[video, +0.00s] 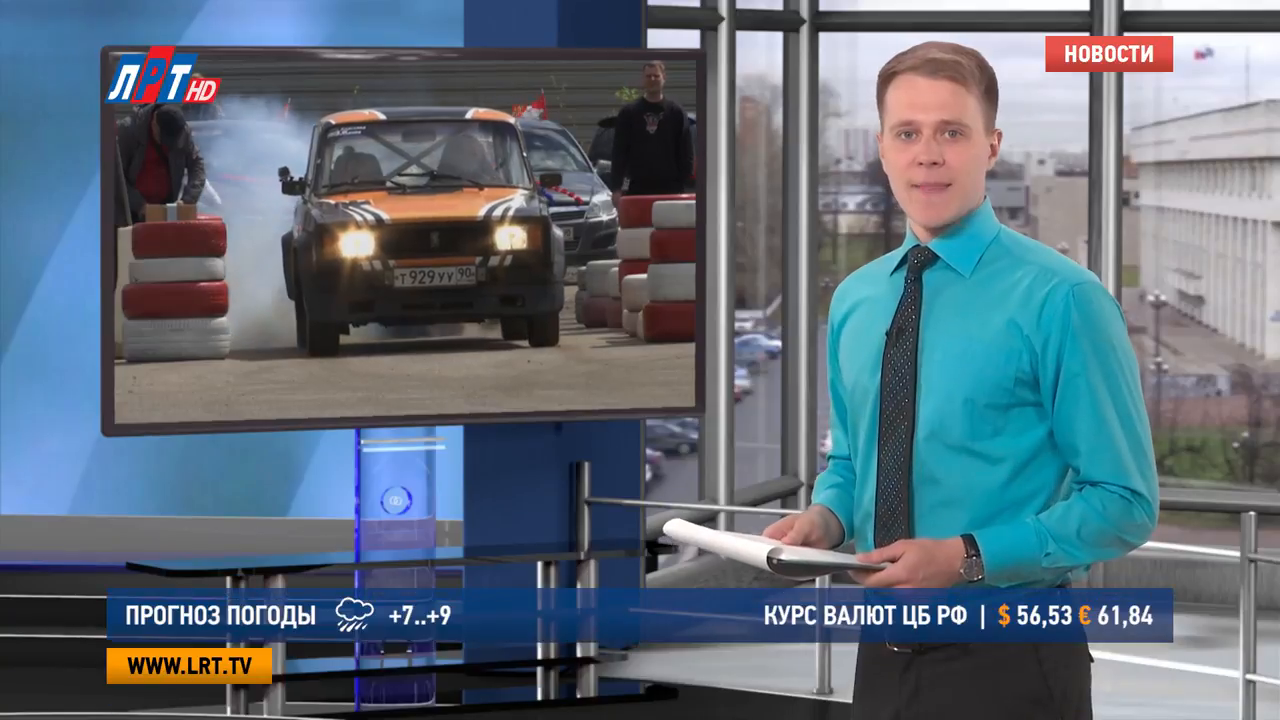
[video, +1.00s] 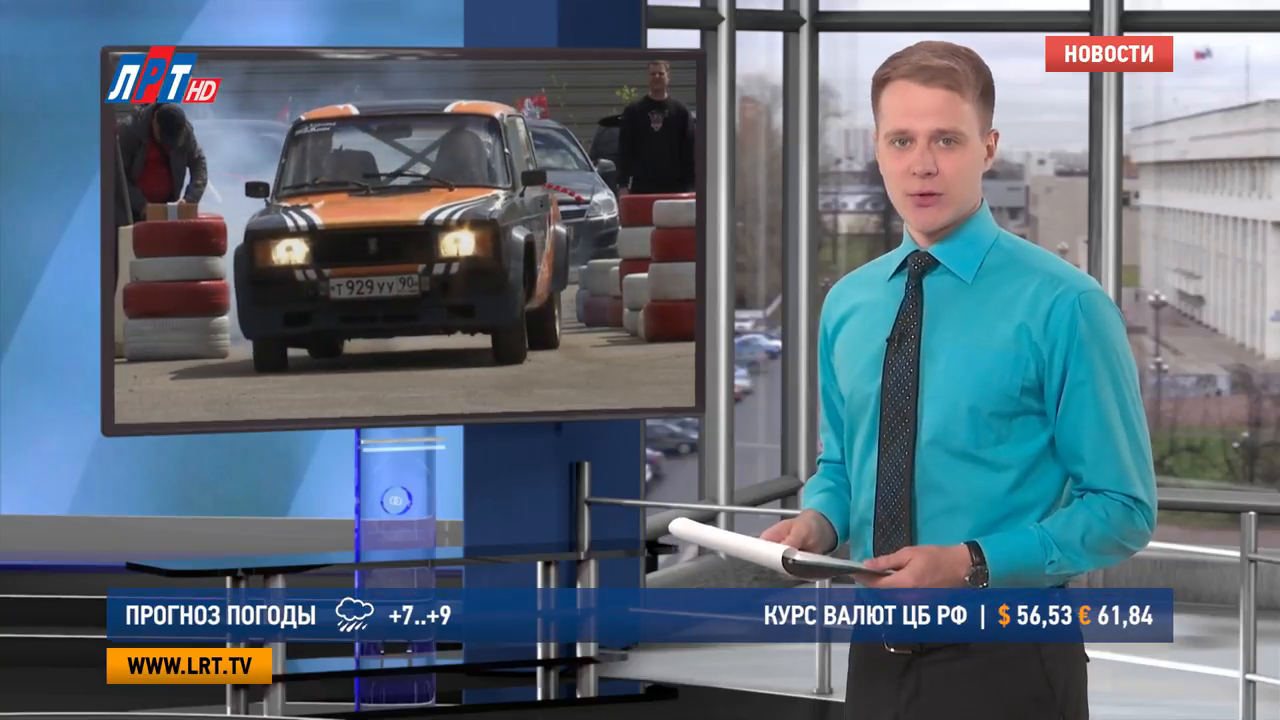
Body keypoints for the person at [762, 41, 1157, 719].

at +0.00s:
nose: (928, 155)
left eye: (951, 132)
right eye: (907, 133)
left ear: (991, 146)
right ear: (882, 148)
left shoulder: (1062, 298)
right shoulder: (855, 299)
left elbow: (1126, 501)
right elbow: (849, 464)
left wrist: (969, 557)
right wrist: (822, 519)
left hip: (1013, 658)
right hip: (884, 655)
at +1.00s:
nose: (921, 165)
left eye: (946, 140)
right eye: (901, 141)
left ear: (988, 147)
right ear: (878, 150)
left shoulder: (1065, 304)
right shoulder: (848, 303)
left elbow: (1124, 507)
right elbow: (839, 466)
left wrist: (973, 563)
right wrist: (817, 522)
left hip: (1009, 663)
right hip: (878, 659)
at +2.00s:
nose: (928, 149)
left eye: (953, 129)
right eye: (909, 128)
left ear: (990, 149)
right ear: (879, 145)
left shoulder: (1062, 306)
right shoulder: (843, 306)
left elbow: (1121, 509)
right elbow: (834, 469)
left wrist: (974, 563)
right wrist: (813, 526)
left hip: (1005, 659)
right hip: (873, 655)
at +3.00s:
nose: (941, 156)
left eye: (965, 135)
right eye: (920, 132)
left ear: (999, 149)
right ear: (888, 146)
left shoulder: (1072, 309)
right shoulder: (850, 306)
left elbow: (1132, 509)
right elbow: (842, 464)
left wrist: (988, 564)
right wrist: (820, 528)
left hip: (1008, 661)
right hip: (877, 657)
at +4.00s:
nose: (905, 173)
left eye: (930, 146)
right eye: (885, 150)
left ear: (980, 147)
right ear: (867, 156)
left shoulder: (1066, 309)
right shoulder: (846, 309)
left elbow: (1127, 509)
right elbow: (842, 470)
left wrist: (981, 565)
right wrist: (819, 530)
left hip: (1006, 661)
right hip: (875, 659)